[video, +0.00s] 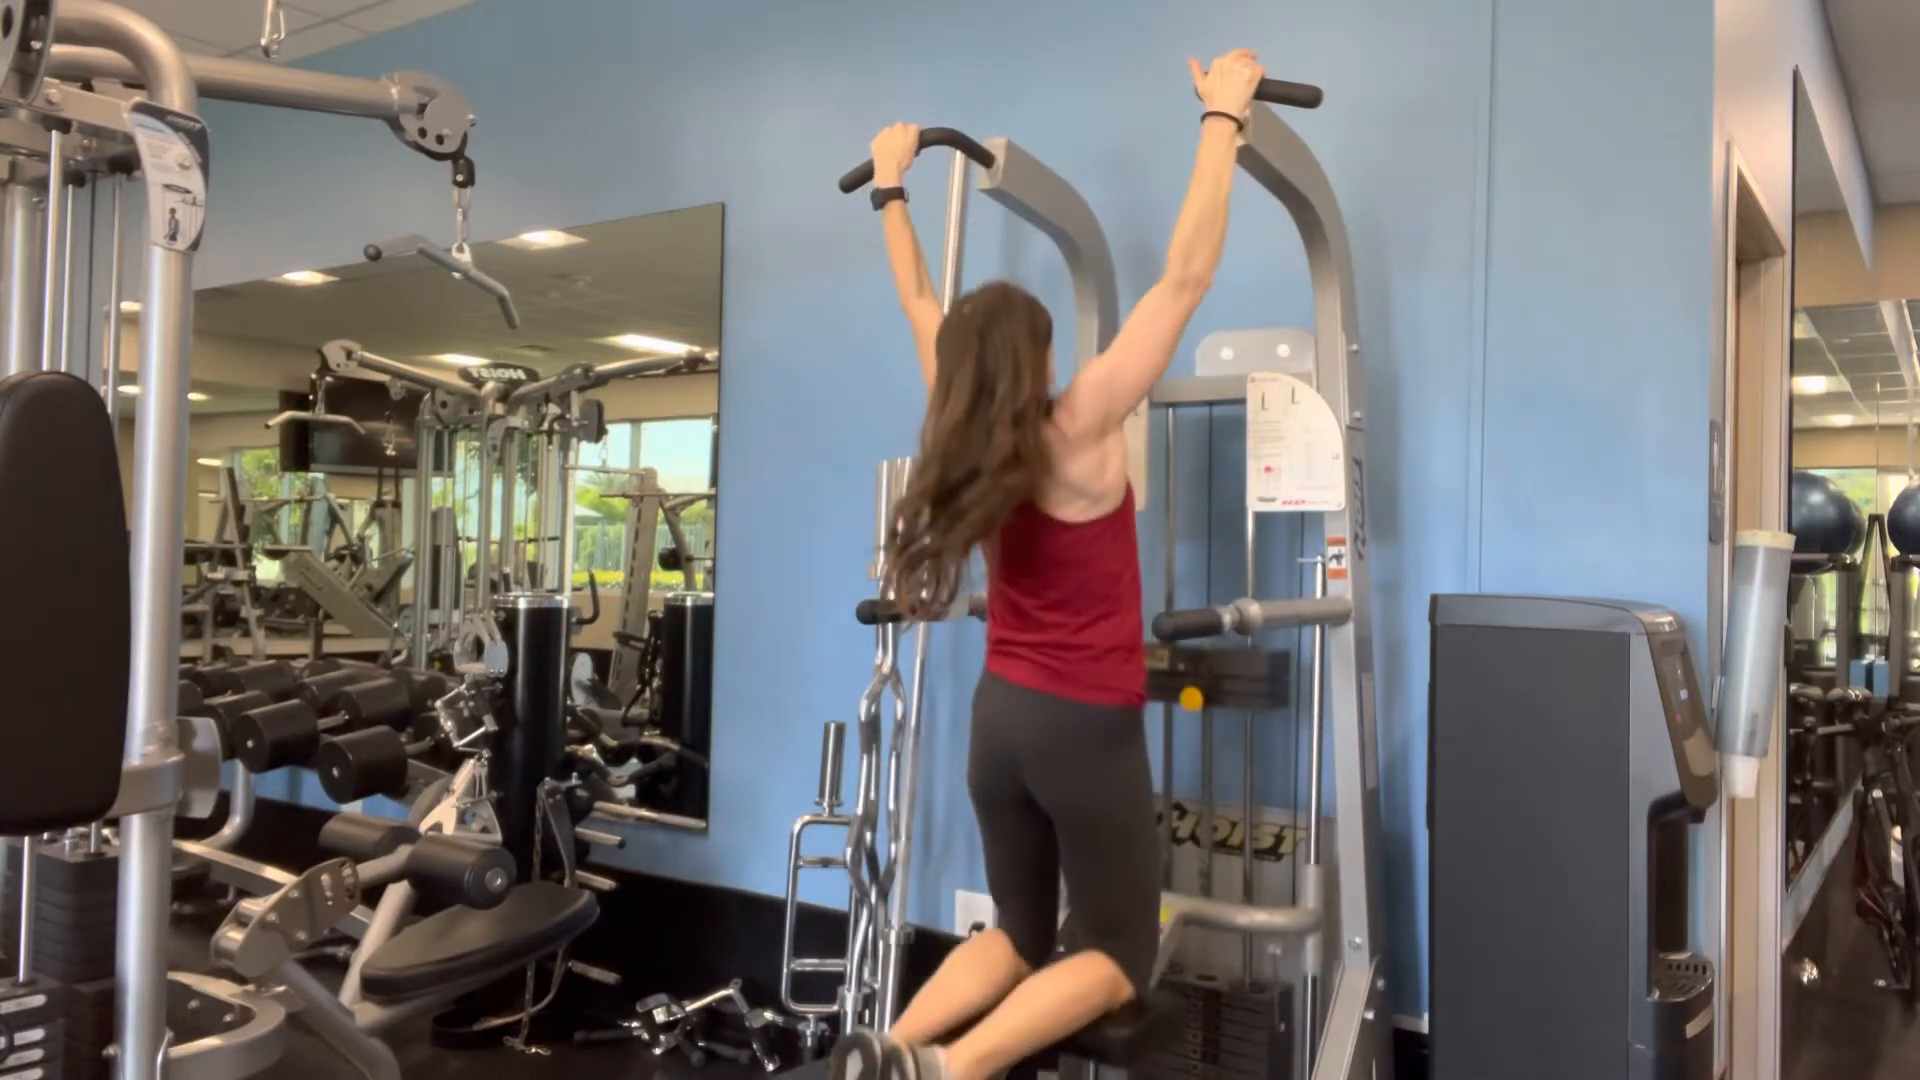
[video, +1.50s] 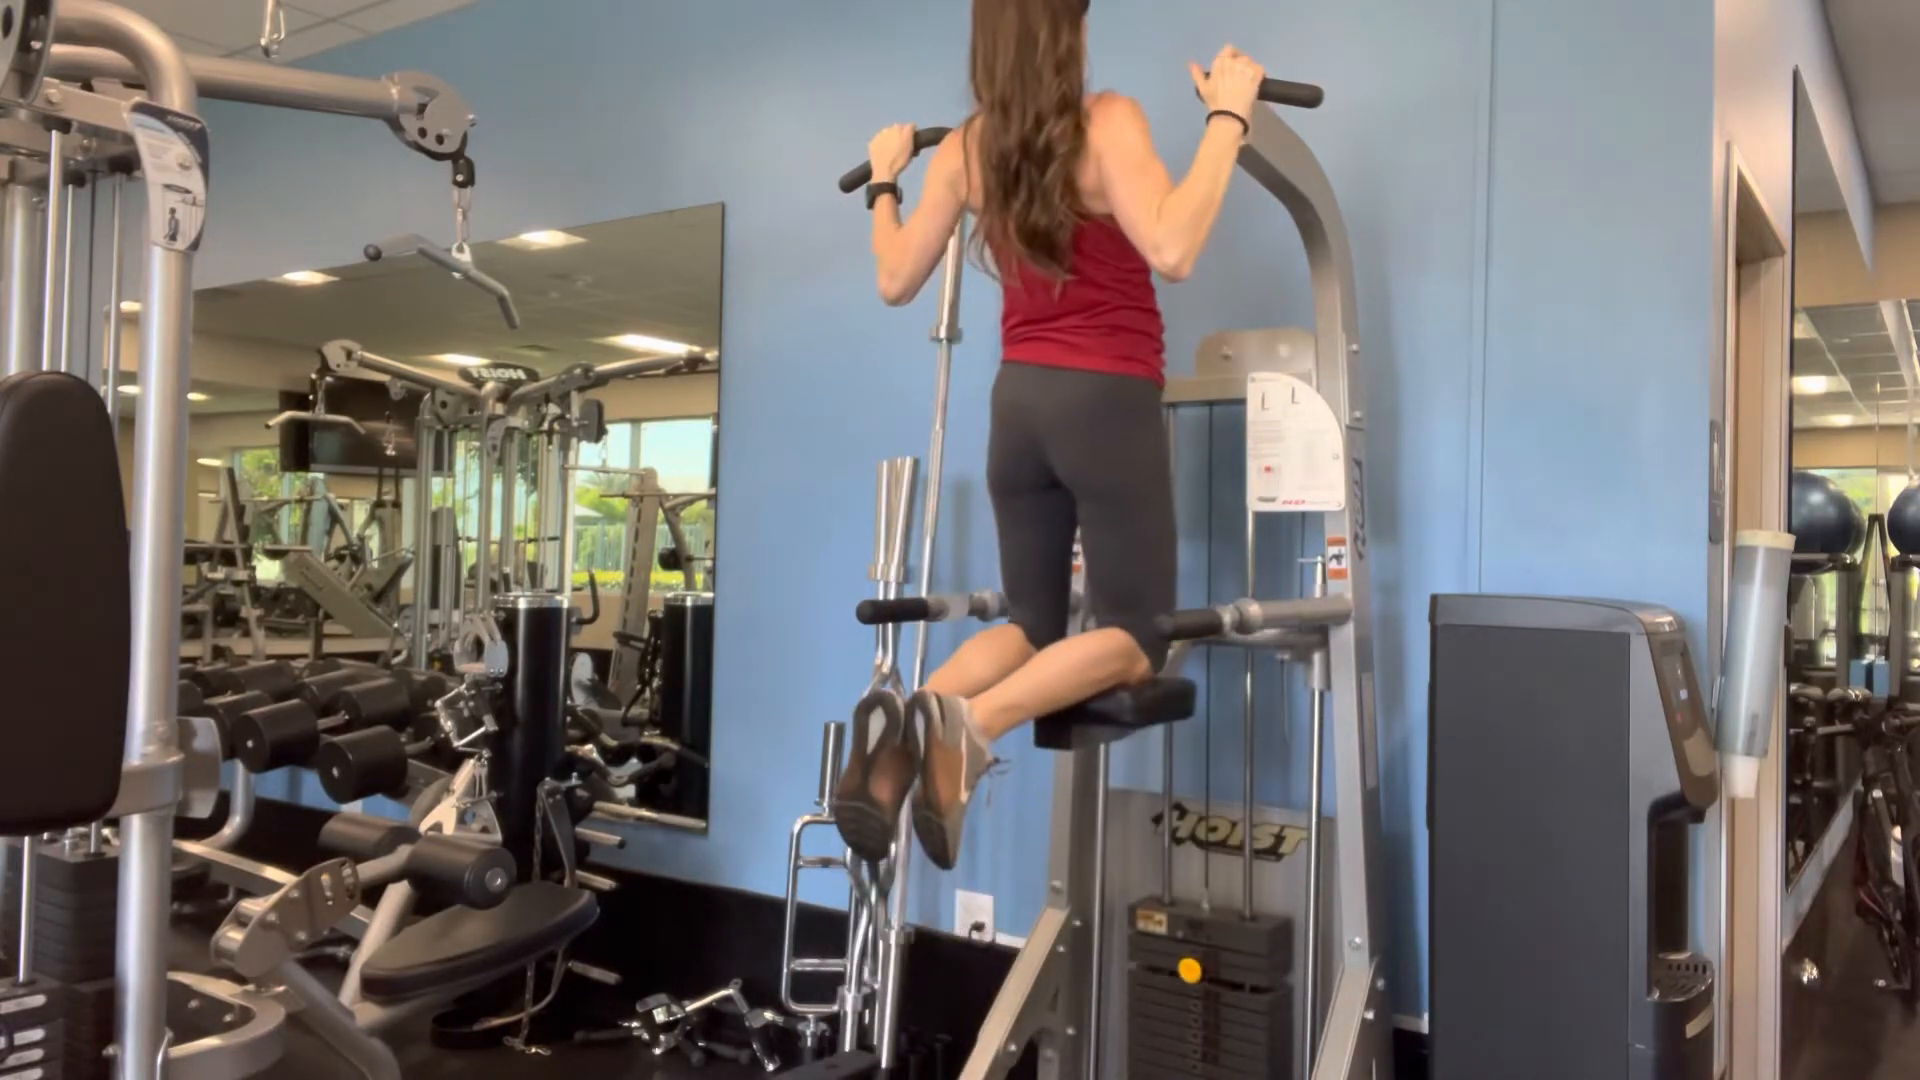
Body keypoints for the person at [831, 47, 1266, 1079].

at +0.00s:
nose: (1056, 336)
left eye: (1032, 331)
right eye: (1046, 329)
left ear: (966, 359)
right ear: (1040, 350)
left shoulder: (971, 428)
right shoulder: (1084, 420)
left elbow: (918, 303)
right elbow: (1186, 278)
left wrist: (888, 185)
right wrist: (1222, 119)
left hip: (1001, 717)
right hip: (1087, 731)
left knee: (1017, 933)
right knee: (1118, 958)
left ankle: (892, 1047)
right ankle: (957, 1065)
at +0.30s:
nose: (1055, 334)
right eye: (1046, 330)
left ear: (969, 372)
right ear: (1044, 358)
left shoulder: (969, 437)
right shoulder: (1094, 416)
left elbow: (922, 307)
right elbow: (1193, 281)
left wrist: (890, 189)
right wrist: (1223, 119)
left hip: (997, 714)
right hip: (1088, 730)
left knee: (1015, 934)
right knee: (1121, 955)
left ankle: (900, 1060)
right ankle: (968, 1076)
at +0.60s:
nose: (1042, 254)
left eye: (990, 248)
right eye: (1034, 245)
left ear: (954, 269)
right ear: (1030, 263)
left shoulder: (945, 356)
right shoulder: (1078, 339)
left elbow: (894, 286)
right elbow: (1226, 266)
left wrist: (887, 183)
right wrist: (1228, 117)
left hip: (997, 632)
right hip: (1089, 638)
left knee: (1020, 843)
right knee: (1127, 866)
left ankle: (896, 953)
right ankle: (964, 959)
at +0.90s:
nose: (1056, 146)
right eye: (1051, 135)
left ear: (953, 153)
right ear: (1039, 144)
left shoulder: (956, 239)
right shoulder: (1075, 227)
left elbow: (883, 300)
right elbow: (1238, 256)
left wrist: (885, 187)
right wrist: (1231, 117)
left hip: (1001, 520)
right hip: (1090, 527)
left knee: (1026, 742)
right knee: (1132, 755)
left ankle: (903, 855)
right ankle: (966, 859)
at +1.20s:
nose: (1069, 59)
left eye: (1063, 42)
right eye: (1065, 43)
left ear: (974, 60)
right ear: (1054, 55)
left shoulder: (952, 168)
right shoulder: (1094, 144)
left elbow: (885, 288)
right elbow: (1199, 255)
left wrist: (881, 180)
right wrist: (1230, 115)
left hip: (1010, 435)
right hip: (1098, 437)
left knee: (1030, 657)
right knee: (1133, 673)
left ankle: (908, 772)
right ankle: (970, 772)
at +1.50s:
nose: (1081, 29)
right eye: (1077, 20)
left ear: (987, 39)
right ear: (1068, 31)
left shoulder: (967, 145)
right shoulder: (1105, 120)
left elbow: (896, 278)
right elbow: (1172, 247)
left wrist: (880, 182)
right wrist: (1228, 118)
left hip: (1018, 405)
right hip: (1108, 404)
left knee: (1031, 626)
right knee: (1135, 640)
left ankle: (911, 720)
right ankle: (973, 724)